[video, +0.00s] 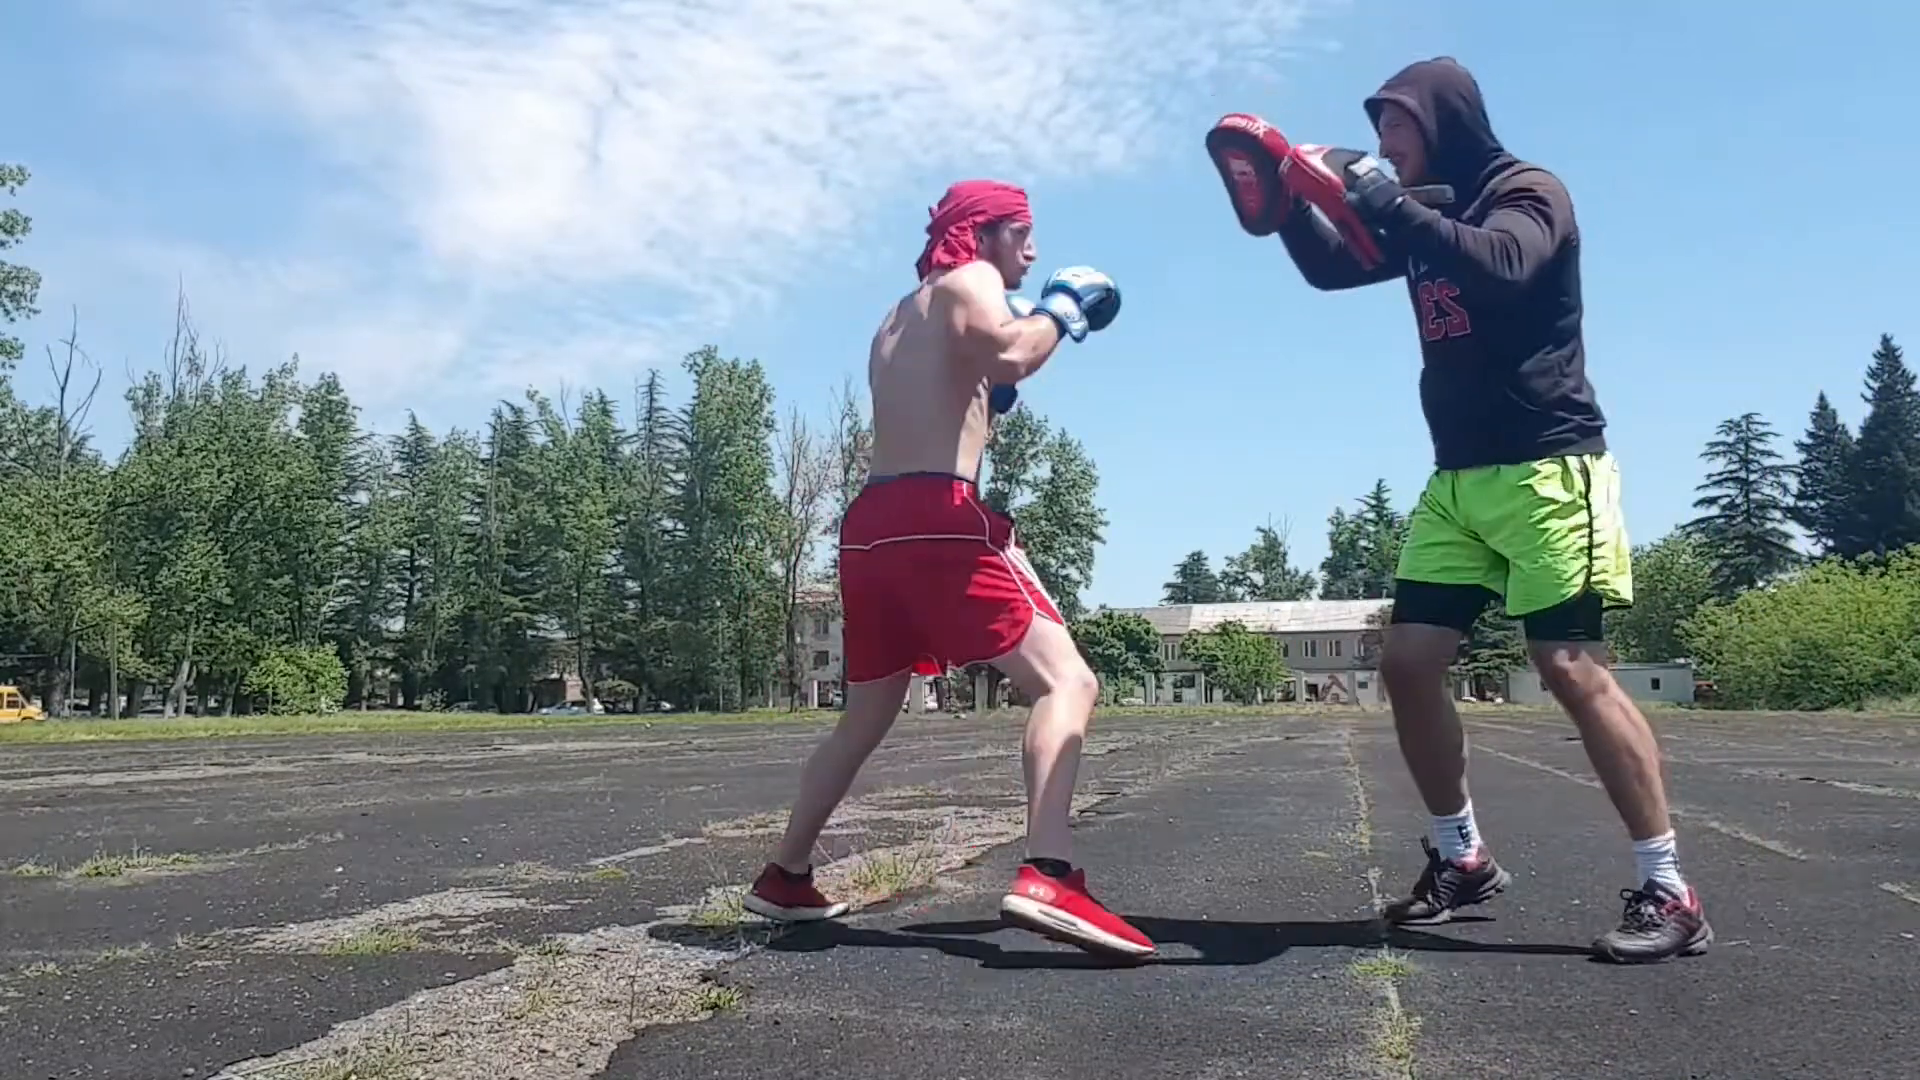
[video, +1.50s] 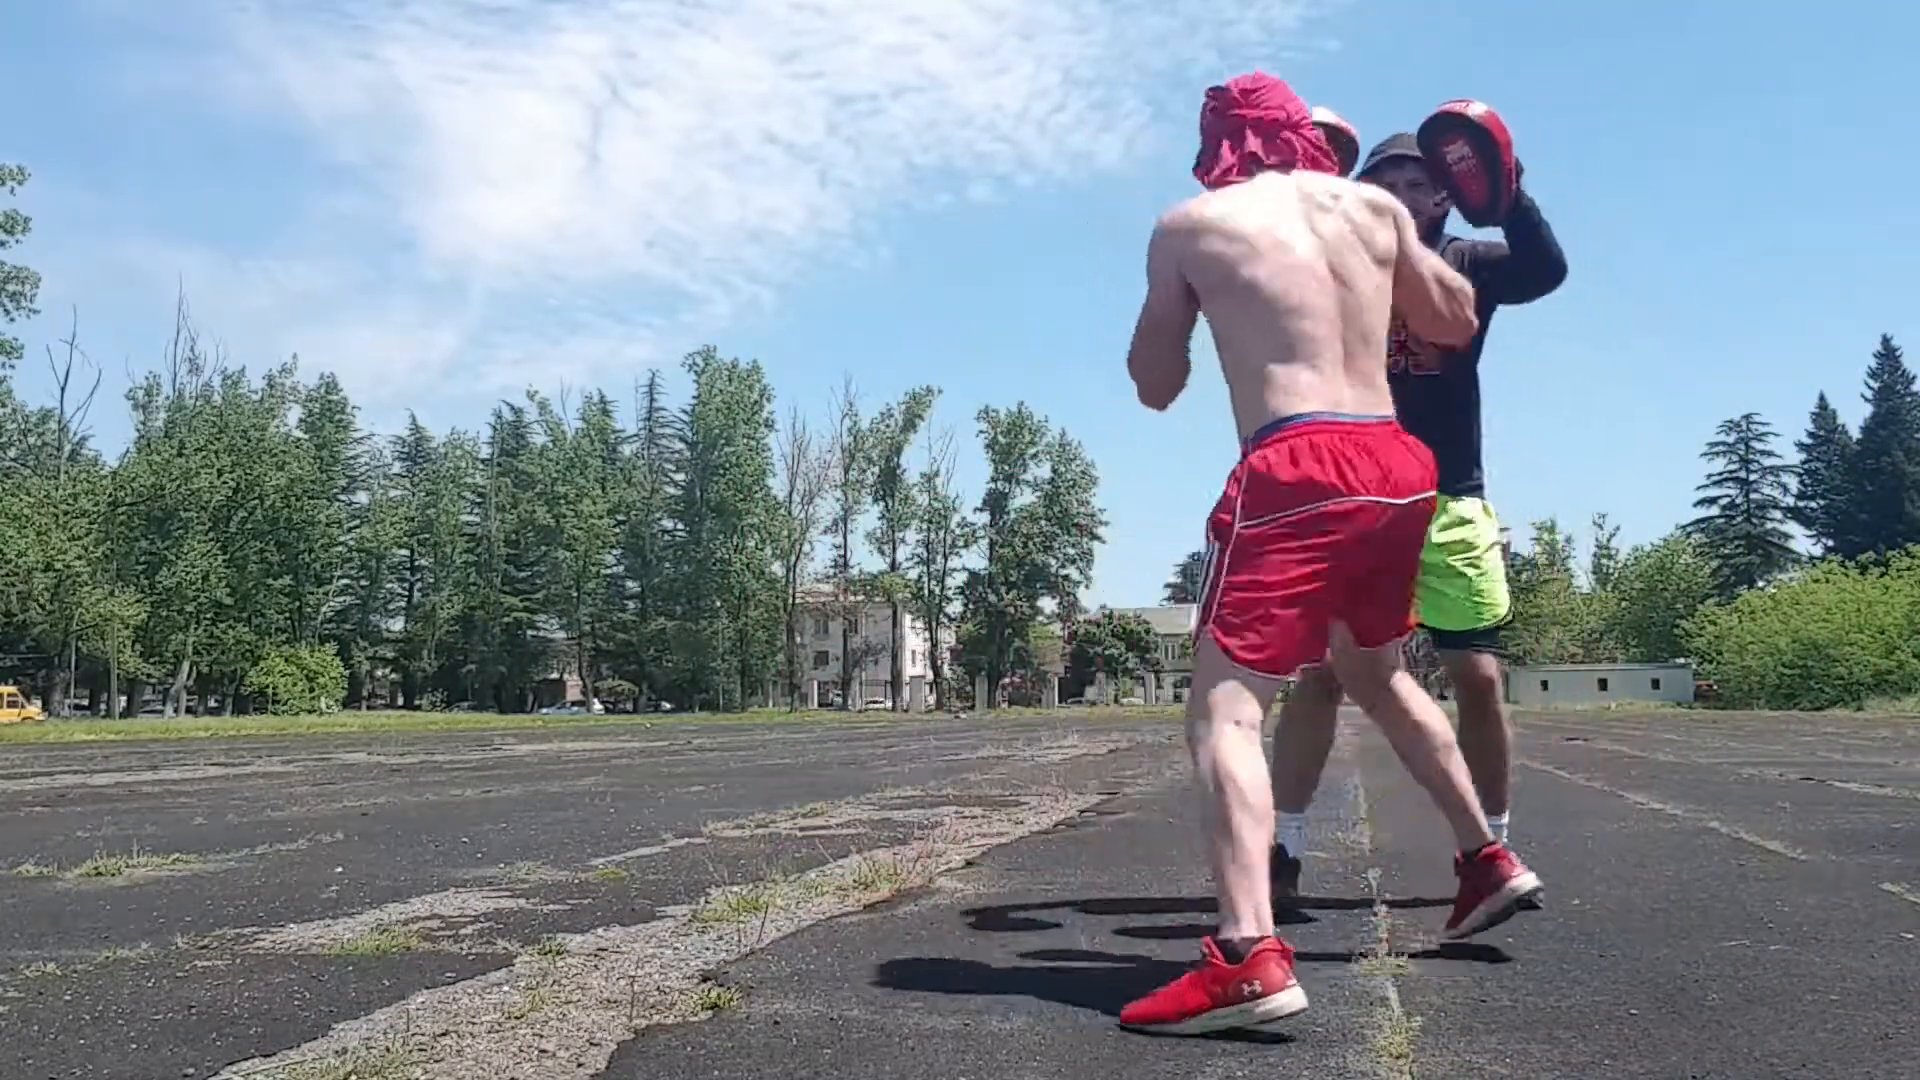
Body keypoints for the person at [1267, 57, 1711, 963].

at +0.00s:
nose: (1381, 136)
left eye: (1393, 119)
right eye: (1380, 122)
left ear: (1443, 119)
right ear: (1413, 129)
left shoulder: (1531, 192)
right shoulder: (1415, 213)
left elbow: (1504, 261)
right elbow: (1329, 268)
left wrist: (1393, 204)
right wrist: (1286, 200)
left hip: (1551, 474)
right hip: (1458, 483)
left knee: (1572, 667)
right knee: (1408, 663)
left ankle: (1668, 892)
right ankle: (1462, 863)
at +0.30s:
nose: (1410, 138)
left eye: (1427, 122)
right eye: (1407, 124)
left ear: (1472, 129)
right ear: (1410, 138)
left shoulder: (1527, 209)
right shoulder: (1405, 219)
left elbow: (1512, 279)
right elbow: (1314, 256)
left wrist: (1408, 197)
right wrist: (1279, 184)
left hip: (1513, 472)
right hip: (1427, 475)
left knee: (1549, 665)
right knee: (1425, 665)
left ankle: (1656, 835)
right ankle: (1475, 870)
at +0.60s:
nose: (1454, 162)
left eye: (1474, 147)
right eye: (1448, 152)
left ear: (1518, 157)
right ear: (1445, 165)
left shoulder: (1558, 224)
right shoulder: (1448, 248)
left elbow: (1531, 254)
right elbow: (1383, 304)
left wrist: (1441, 192)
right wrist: (1320, 286)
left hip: (1545, 492)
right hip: (1452, 489)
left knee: (1593, 677)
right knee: (1386, 640)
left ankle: (1632, 860)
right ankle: (1443, 826)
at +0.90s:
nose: (1454, 176)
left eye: (1471, 162)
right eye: (1441, 167)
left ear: (1503, 173)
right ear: (1428, 184)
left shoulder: (1550, 252)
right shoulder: (1409, 272)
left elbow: (1636, 348)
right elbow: (1340, 369)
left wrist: (1627, 340)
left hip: (1535, 495)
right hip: (1436, 499)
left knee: (1582, 679)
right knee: (1429, 676)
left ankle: (1630, 858)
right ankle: (1439, 834)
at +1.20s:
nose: (1431, 197)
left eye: (1447, 185)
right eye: (1418, 186)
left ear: (1475, 195)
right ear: (1400, 199)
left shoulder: (1512, 261)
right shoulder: (1375, 265)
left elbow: (1598, 302)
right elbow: (1308, 295)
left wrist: (1558, 225)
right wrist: (1296, 215)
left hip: (1491, 496)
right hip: (1395, 495)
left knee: (1501, 679)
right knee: (1395, 678)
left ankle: (1496, 846)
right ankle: (1414, 840)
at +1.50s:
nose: (1405, 193)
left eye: (1421, 180)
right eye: (1389, 179)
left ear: (1445, 196)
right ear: (1361, 191)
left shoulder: (1467, 264)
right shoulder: (1336, 260)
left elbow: (1545, 270)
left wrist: (1507, 191)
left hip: (1451, 497)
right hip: (1359, 498)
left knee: (1480, 675)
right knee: (1314, 679)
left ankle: (1493, 849)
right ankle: (1280, 847)